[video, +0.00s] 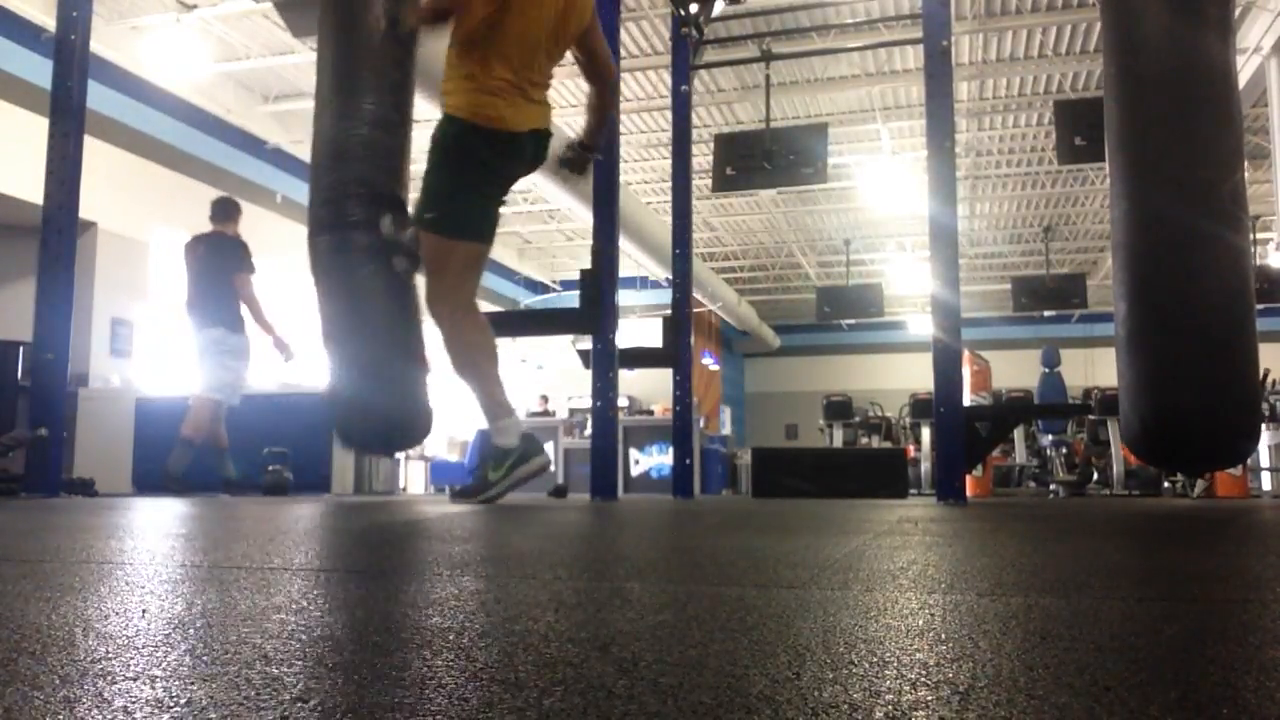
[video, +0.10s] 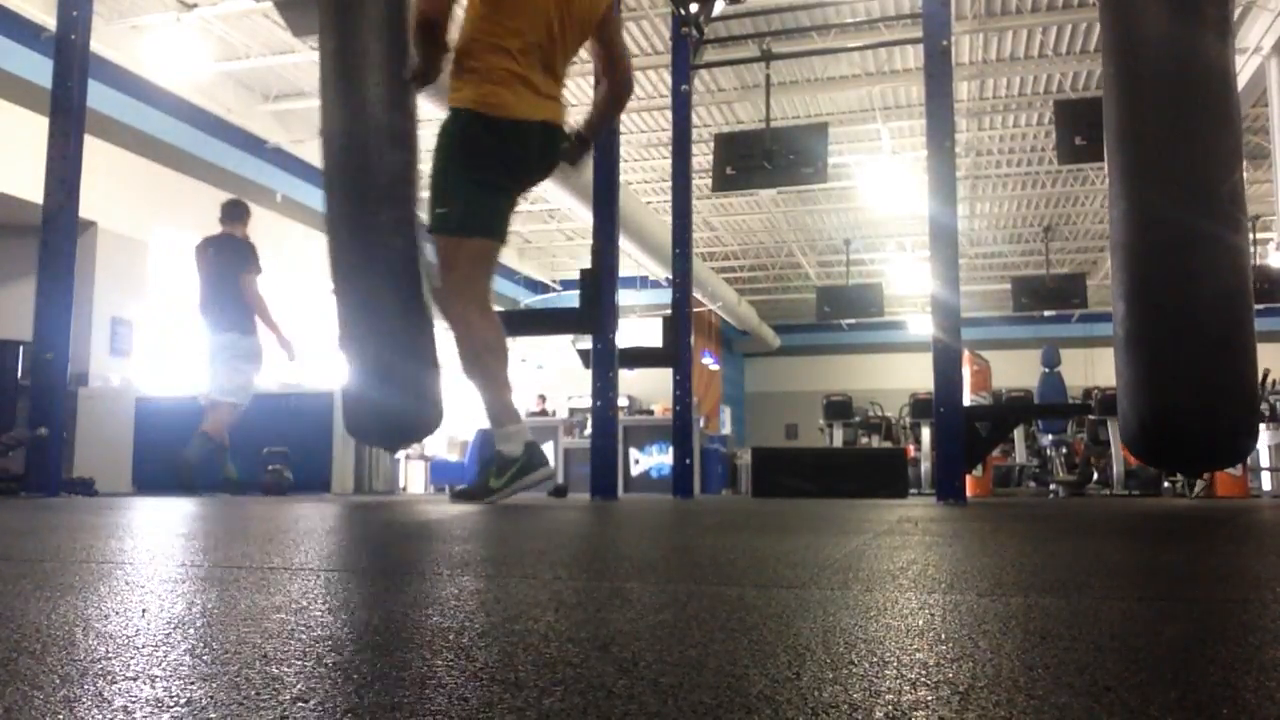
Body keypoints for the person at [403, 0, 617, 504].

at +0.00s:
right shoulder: (573, 3)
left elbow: (430, 11)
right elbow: (605, 77)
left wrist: (402, 17)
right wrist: (588, 147)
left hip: (474, 130)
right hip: (532, 137)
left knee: (449, 298)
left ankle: (508, 439)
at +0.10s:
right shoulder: (597, 2)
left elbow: (430, 16)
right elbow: (619, 79)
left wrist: (426, 69)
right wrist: (581, 142)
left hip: (481, 121)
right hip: (545, 134)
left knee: (463, 296)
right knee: (453, 283)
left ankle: (513, 448)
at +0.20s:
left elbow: (420, 2)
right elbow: (627, 59)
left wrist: (438, 40)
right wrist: (577, 96)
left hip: (506, 106)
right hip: (576, 113)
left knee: (478, 288)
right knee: (515, 239)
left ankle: (511, 447)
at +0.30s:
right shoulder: (626, 1)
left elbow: (427, 8)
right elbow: (631, 74)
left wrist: (439, 51)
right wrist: (520, 57)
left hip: (515, 115)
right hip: (597, 122)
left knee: (484, 298)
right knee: (573, 279)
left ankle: (492, 449)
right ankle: (590, 411)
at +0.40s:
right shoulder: (651, 3)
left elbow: (442, 6)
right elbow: (649, 57)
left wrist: (450, 68)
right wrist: (539, 61)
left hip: (542, 113)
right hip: (623, 109)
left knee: (506, 298)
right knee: (644, 297)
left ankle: (494, 447)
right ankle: (636, 450)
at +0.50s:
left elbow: (452, 23)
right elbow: (706, 57)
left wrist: (464, 107)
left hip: (565, 113)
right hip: (646, 104)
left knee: (547, 299)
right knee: (702, 283)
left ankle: (493, 437)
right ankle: (648, 442)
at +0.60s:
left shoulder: (573, 8)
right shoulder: (699, 1)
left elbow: (519, 89)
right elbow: (780, 37)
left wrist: (549, 163)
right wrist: (783, 63)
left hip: (596, 155)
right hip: (680, 142)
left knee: (539, 322)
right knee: (791, 278)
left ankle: (483, 455)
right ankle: (765, 430)